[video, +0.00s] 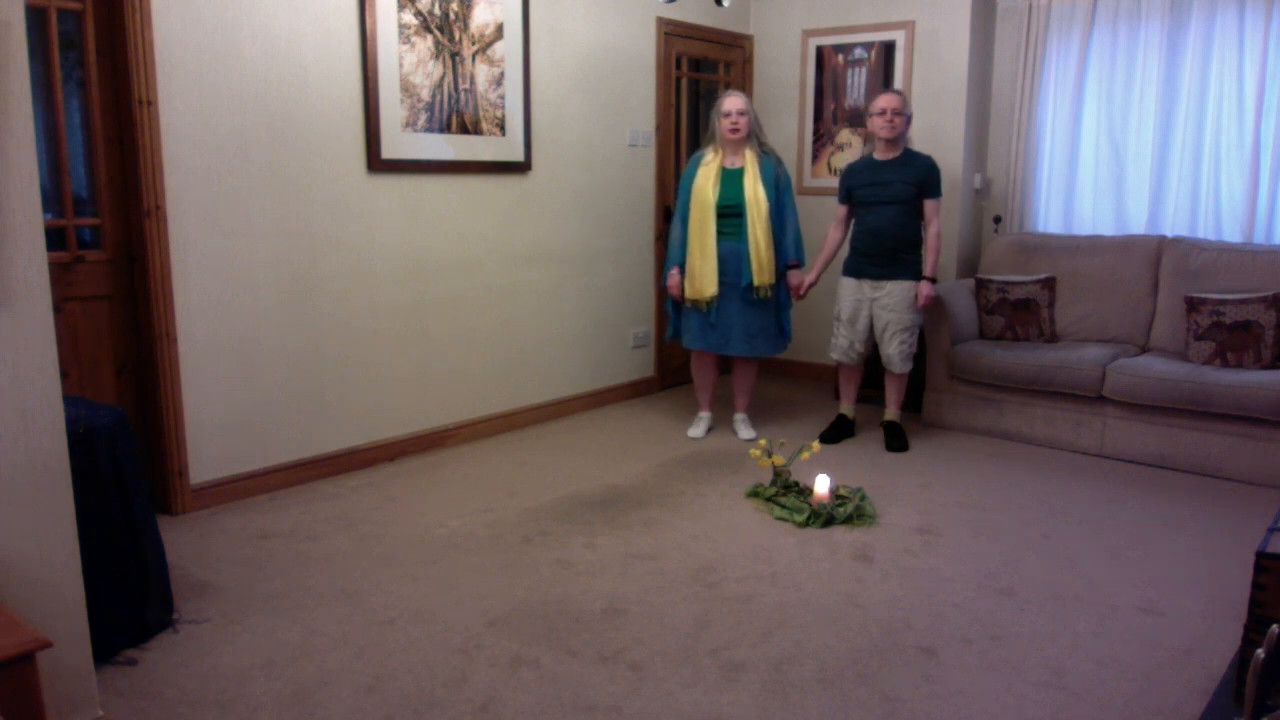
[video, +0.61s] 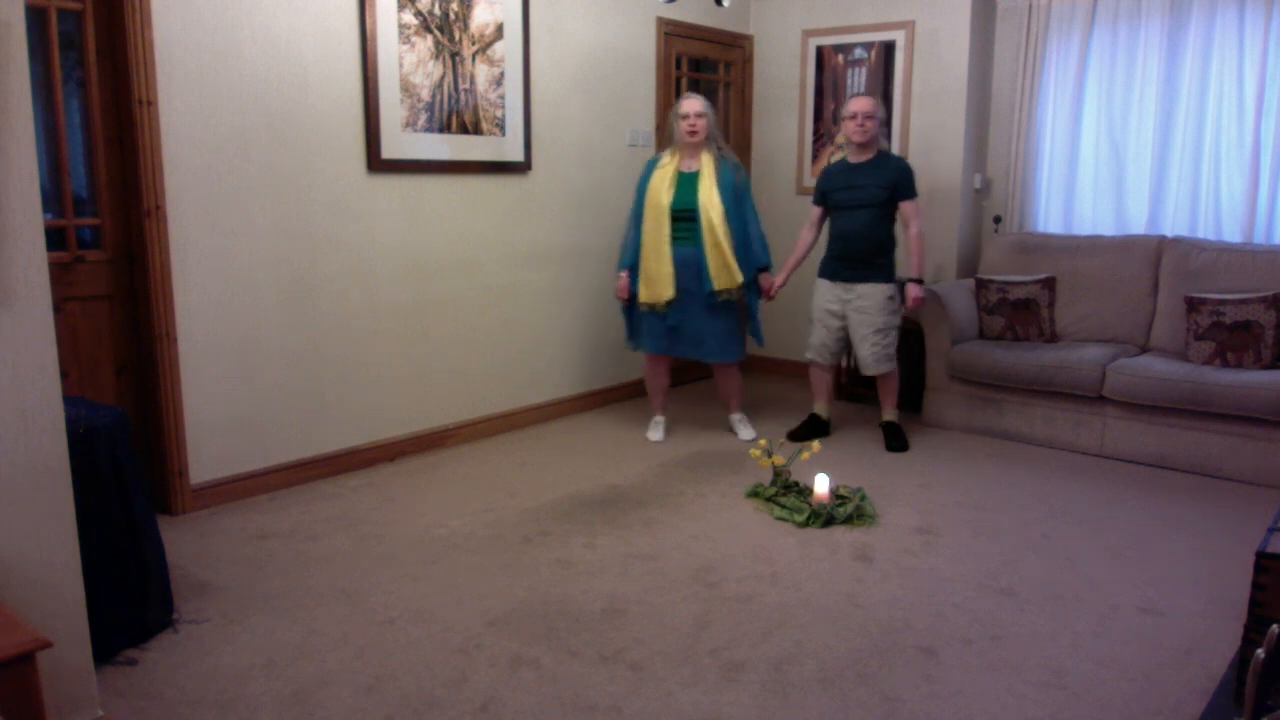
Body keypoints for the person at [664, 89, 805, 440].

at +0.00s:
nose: (734, 121)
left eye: (741, 114)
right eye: (727, 115)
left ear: (752, 120)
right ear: (716, 121)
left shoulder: (769, 164)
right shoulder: (698, 164)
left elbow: (787, 217)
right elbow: (681, 219)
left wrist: (793, 266)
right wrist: (674, 267)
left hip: (754, 272)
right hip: (704, 272)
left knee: (747, 346)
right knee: (703, 345)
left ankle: (741, 414)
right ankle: (704, 411)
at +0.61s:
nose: (692, 123)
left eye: (699, 116)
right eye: (685, 117)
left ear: (710, 122)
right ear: (674, 124)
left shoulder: (728, 168)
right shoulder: (655, 168)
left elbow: (748, 222)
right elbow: (637, 224)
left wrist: (762, 269)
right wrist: (626, 270)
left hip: (715, 274)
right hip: (660, 274)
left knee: (725, 348)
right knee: (656, 349)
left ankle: (736, 413)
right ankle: (658, 415)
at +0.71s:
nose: (682, 124)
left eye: (689, 117)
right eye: (674, 118)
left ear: (700, 123)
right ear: (664, 124)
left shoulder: (718, 170)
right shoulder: (645, 168)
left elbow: (737, 224)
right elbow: (625, 223)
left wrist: (750, 271)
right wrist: (614, 270)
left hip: (702, 279)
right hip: (650, 278)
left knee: (712, 349)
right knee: (650, 350)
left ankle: (726, 409)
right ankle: (656, 416)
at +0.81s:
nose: (674, 123)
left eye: (681, 116)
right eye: (666, 117)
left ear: (692, 122)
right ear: (656, 123)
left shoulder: (710, 169)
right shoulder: (637, 167)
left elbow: (729, 224)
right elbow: (617, 222)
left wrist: (739, 271)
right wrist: (605, 270)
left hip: (694, 276)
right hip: (643, 277)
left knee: (697, 347)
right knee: (648, 348)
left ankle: (698, 412)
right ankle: (655, 416)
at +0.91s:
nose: (668, 121)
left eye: (675, 115)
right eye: (661, 115)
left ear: (686, 120)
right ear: (650, 121)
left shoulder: (704, 169)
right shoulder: (630, 166)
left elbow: (722, 222)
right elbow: (610, 222)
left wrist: (731, 269)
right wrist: (599, 272)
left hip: (687, 274)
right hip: (637, 274)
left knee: (680, 347)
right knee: (646, 348)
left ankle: (666, 420)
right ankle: (655, 417)